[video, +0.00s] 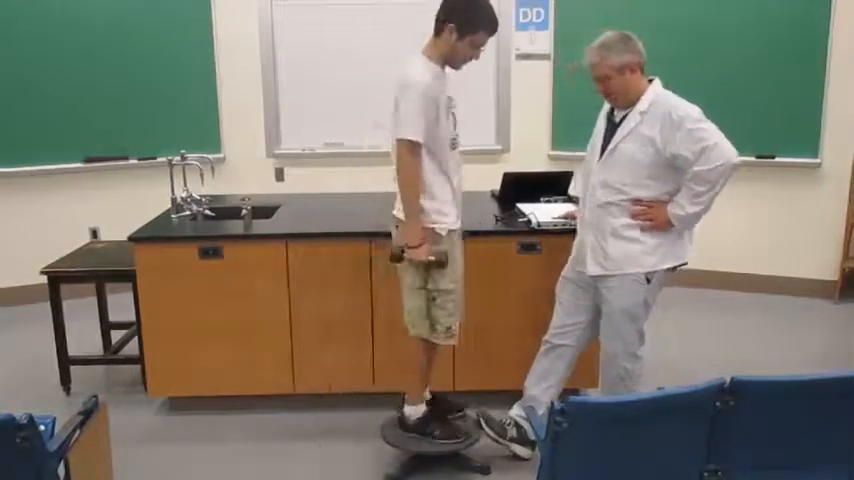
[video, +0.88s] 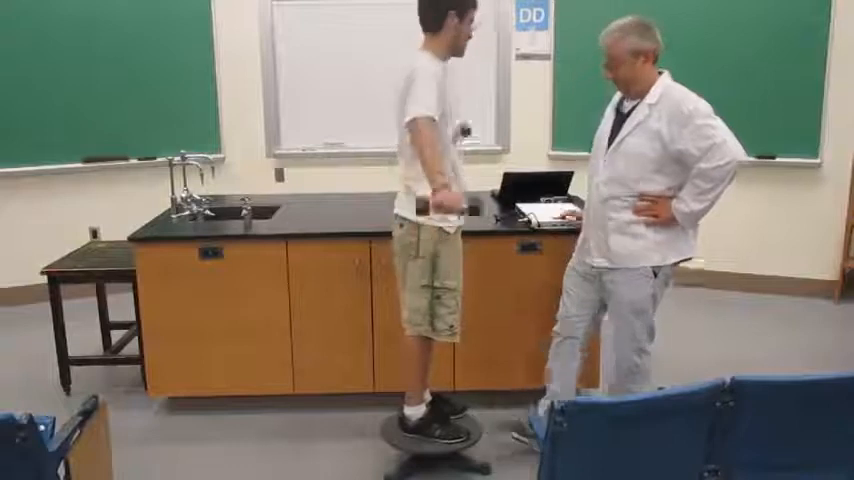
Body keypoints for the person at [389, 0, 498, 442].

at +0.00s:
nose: (476, 57)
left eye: (480, 48)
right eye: (474, 46)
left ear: (453, 33)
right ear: (448, 31)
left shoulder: (435, 77)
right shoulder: (420, 81)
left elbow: (428, 154)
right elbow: (408, 153)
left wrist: (443, 218)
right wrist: (413, 222)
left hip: (442, 221)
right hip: (428, 223)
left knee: (436, 320)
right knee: (428, 322)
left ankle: (424, 398)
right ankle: (414, 409)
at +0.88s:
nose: (472, 32)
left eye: (473, 23)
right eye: (470, 22)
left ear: (441, 21)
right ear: (453, 20)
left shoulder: (435, 68)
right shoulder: (426, 68)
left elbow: (429, 131)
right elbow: (420, 127)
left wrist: (449, 185)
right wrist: (440, 184)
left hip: (435, 216)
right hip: (423, 217)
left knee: (431, 314)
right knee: (421, 316)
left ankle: (423, 398)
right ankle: (414, 411)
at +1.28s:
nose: (478, 32)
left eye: (479, 23)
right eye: (476, 22)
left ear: (450, 21)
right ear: (458, 21)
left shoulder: (442, 69)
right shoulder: (428, 66)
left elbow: (438, 125)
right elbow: (426, 111)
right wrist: (432, 144)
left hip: (441, 214)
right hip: (425, 214)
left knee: (434, 314)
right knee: (423, 315)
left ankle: (423, 398)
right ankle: (414, 411)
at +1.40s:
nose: (477, 32)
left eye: (477, 23)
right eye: (474, 22)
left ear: (449, 21)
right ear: (456, 21)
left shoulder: (443, 68)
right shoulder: (427, 65)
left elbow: (449, 135)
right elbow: (424, 106)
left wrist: (492, 160)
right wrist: (430, 138)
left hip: (442, 213)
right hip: (425, 213)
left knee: (435, 313)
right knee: (423, 315)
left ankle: (424, 399)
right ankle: (414, 411)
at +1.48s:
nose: (477, 32)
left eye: (477, 23)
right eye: (474, 22)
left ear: (449, 21)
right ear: (455, 21)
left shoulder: (443, 68)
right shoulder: (427, 65)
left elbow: (449, 135)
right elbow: (423, 105)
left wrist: (493, 160)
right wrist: (430, 138)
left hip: (442, 213)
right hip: (425, 213)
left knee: (435, 313)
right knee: (423, 315)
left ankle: (423, 399)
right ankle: (414, 411)